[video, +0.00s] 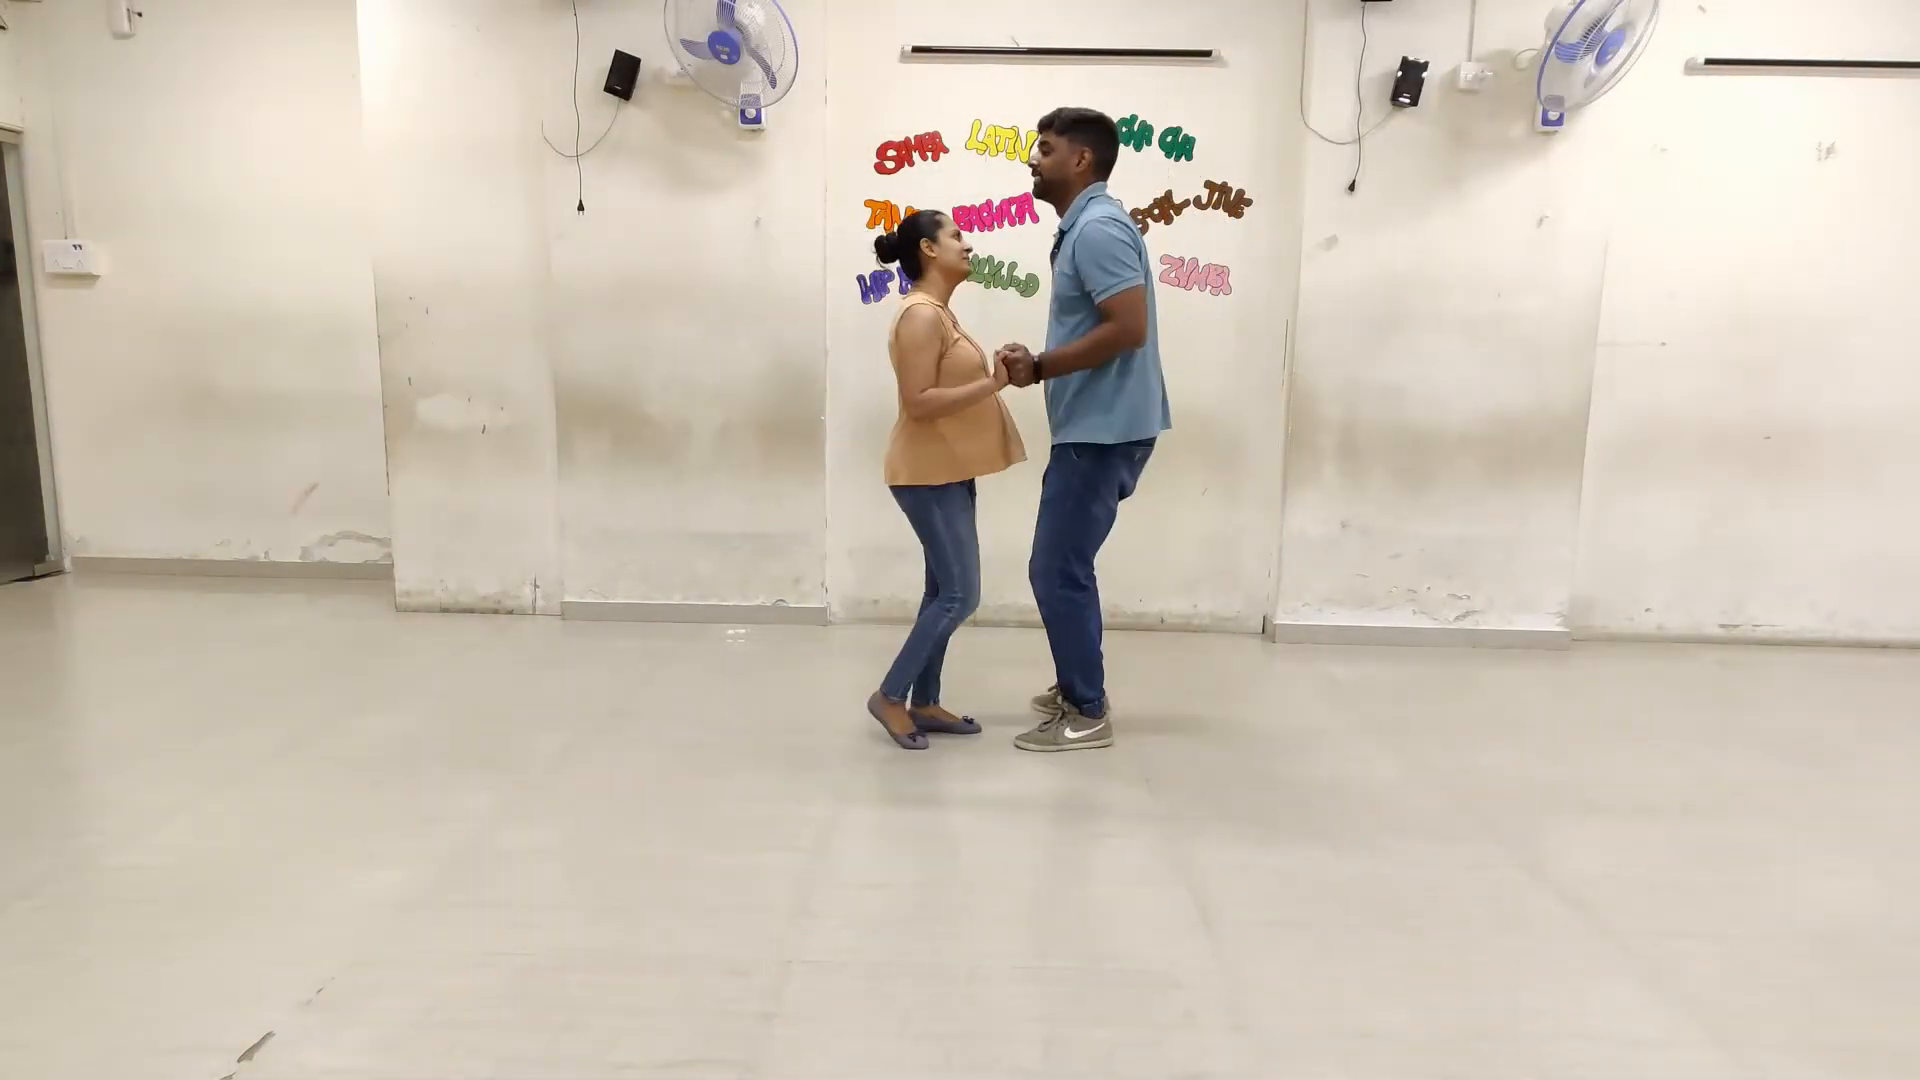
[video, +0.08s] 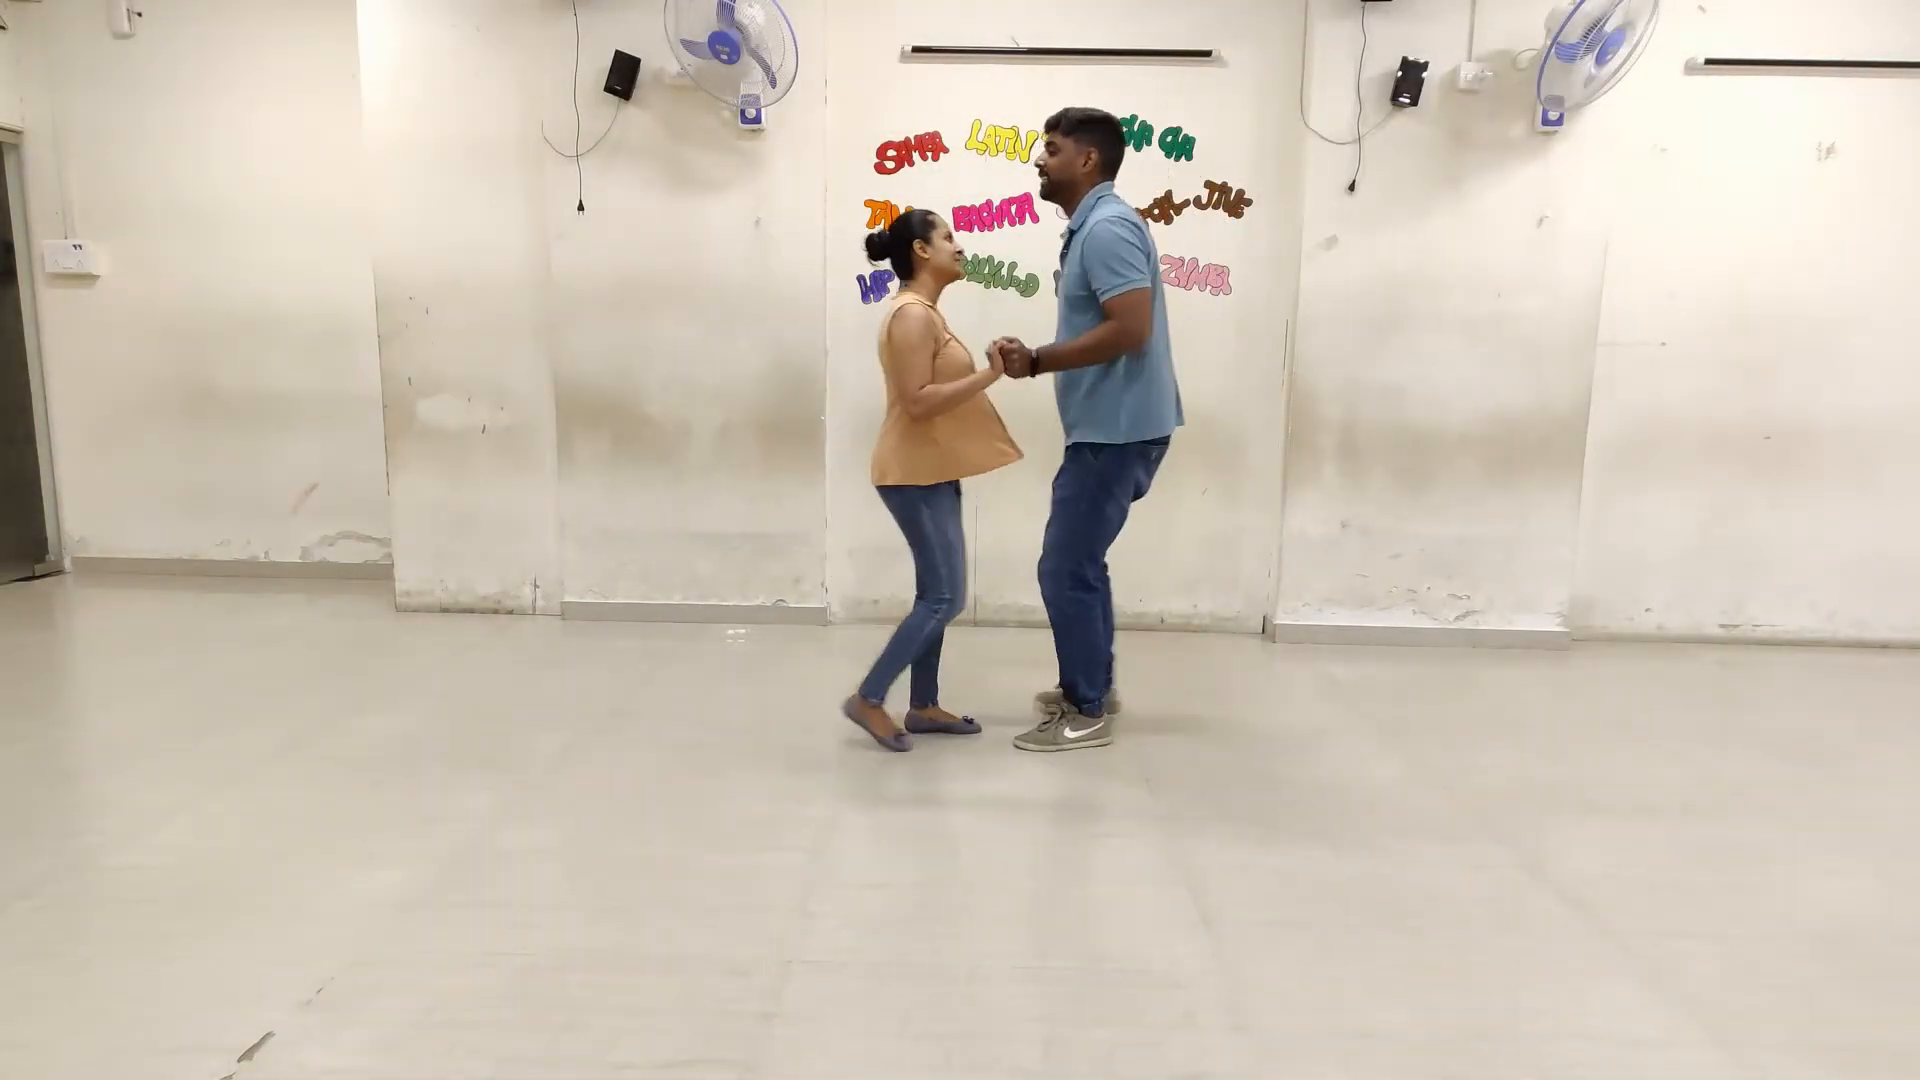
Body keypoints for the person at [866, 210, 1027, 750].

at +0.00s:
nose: (967, 244)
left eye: (963, 235)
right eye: (956, 237)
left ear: (932, 251)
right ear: (929, 250)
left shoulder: (939, 311)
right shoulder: (919, 315)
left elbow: (944, 390)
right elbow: (917, 403)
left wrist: (994, 370)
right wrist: (990, 382)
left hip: (949, 472)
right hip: (926, 476)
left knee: (943, 591)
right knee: (960, 594)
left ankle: (925, 702)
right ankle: (889, 698)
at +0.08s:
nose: (959, 247)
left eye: (954, 237)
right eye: (948, 239)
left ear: (922, 251)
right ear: (922, 251)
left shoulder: (927, 311)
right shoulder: (910, 315)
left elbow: (928, 395)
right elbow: (916, 402)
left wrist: (984, 367)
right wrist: (989, 373)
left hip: (934, 473)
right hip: (913, 475)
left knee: (940, 595)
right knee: (944, 598)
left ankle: (924, 706)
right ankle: (868, 699)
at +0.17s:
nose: (944, 250)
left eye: (940, 241)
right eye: (934, 242)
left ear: (905, 252)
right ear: (907, 252)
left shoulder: (906, 310)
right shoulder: (896, 314)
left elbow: (920, 391)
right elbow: (917, 398)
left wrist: (975, 359)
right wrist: (984, 364)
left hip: (918, 472)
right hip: (896, 474)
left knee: (931, 597)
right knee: (923, 599)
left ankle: (924, 706)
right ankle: (836, 697)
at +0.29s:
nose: (903, 266)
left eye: (900, 256)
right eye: (895, 257)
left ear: (863, 264)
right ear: (868, 263)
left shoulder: (851, 319)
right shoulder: (857, 322)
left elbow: (898, 393)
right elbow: (913, 397)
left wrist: (950, 374)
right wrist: (999, 376)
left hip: (871, 484)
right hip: (853, 486)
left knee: (907, 588)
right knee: (862, 613)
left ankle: (924, 707)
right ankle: (779, 721)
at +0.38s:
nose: (872, 271)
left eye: (869, 261)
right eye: (865, 262)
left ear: (830, 269)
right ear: (838, 268)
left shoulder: (808, 323)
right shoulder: (832, 329)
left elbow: (873, 396)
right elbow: (898, 403)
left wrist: (927, 395)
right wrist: (984, 400)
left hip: (826, 487)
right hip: (822, 490)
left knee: (877, 589)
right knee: (829, 618)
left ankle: (915, 705)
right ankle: (765, 738)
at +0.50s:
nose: (845, 270)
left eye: (843, 261)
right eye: (839, 262)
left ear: (802, 267)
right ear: (812, 268)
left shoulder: (772, 323)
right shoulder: (821, 326)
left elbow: (800, 398)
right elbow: (904, 374)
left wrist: (862, 416)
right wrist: (984, 353)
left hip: (780, 480)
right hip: (803, 486)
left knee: (852, 580)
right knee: (811, 614)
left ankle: (868, 706)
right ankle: (763, 741)